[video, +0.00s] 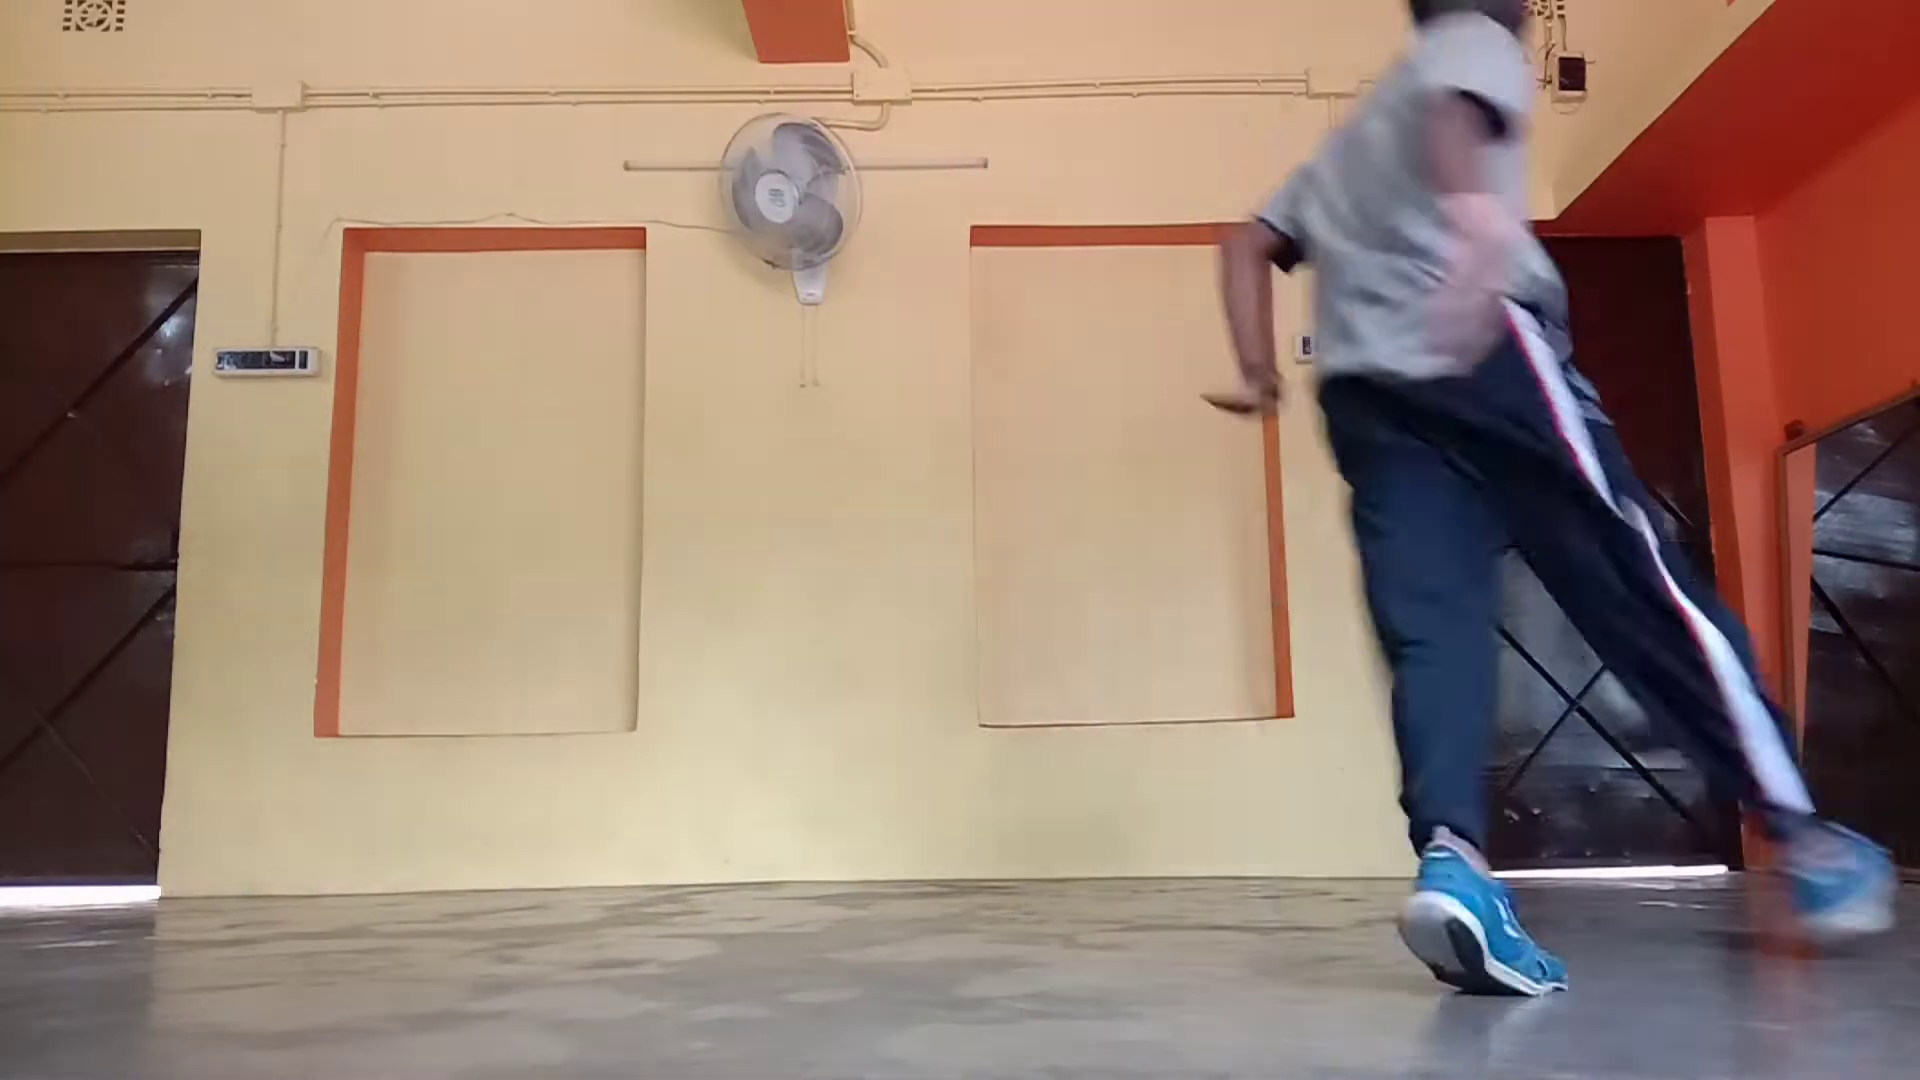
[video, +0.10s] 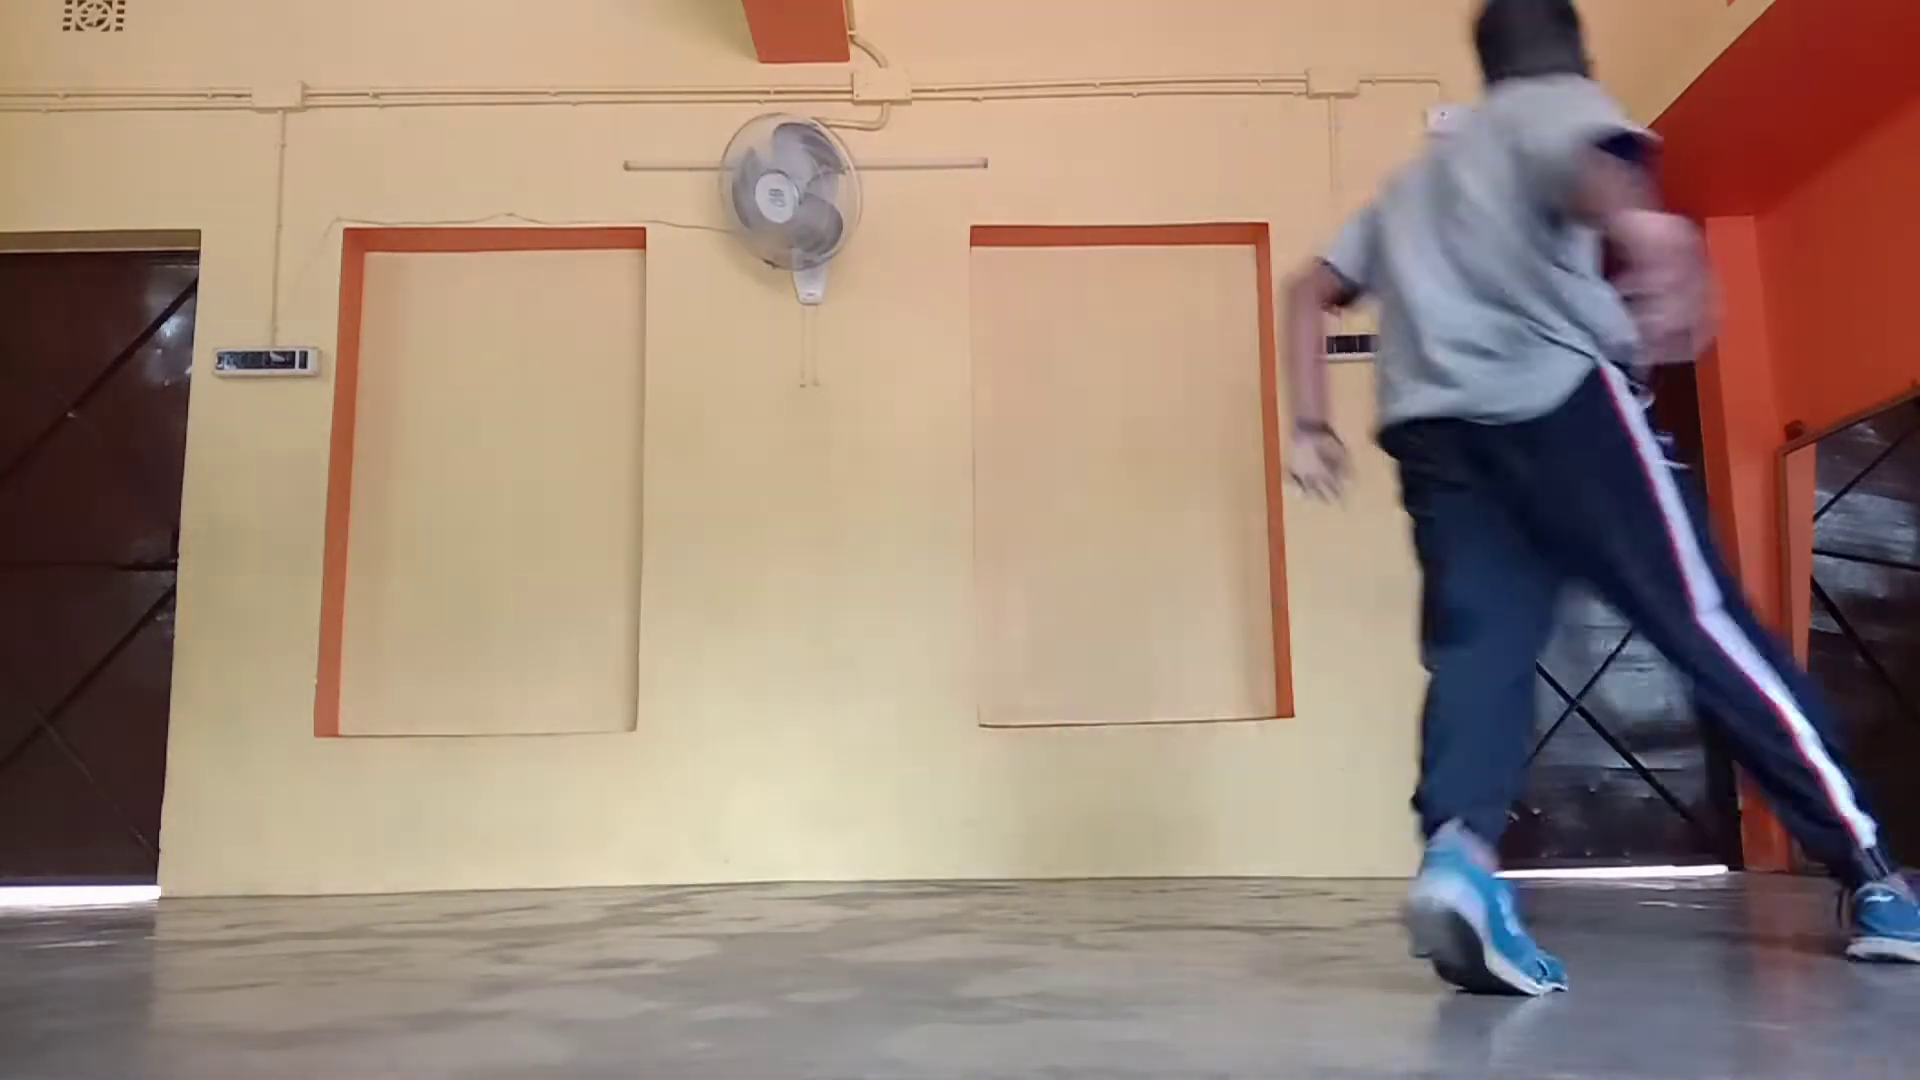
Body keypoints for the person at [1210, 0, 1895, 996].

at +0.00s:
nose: (1529, 27)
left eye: (1527, 22)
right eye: (1526, 18)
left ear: (1421, 16)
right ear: (1507, 12)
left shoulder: (1363, 129)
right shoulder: (1476, 37)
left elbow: (1244, 246)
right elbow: (1449, 118)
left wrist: (1257, 370)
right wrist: (1477, 217)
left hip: (1365, 378)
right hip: (1479, 338)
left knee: (1430, 616)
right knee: (1631, 573)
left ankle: (1450, 862)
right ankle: (1798, 831)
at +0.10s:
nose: (1577, 63)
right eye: (1573, 47)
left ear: (1485, 63)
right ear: (1571, 49)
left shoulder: (1422, 173)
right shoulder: (1560, 102)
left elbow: (1308, 288)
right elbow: (1590, 175)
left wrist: (1311, 416)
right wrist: (1653, 238)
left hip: (1433, 426)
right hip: (1557, 398)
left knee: (1479, 635)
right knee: (1701, 624)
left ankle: (1459, 854)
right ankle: (1871, 876)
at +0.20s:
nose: (1617, 87)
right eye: (1617, 73)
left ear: (1524, 92)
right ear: (1621, 81)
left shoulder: (1466, 190)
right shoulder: (1650, 145)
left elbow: (1383, 286)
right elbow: (1730, 221)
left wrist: (1406, 424)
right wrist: (1843, 291)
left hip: (1499, 446)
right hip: (1635, 421)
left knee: (1569, 632)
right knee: (1767, 613)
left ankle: (1552, 740)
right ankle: (1875, 867)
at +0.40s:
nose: (1450, 90)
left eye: (1453, 76)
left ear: (1460, 74)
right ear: (1547, 66)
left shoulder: (1461, 125)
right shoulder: (1644, 128)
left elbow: (1449, 185)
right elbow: (1741, 261)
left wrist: (1463, 323)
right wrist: (1732, 349)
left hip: (1543, 404)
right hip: (1667, 399)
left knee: (1546, 594)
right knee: (1748, 600)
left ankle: (1695, 785)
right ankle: (1855, 806)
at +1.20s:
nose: (1221, 275)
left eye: (1236, 262)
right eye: (1213, 262)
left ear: (1268, 268)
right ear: (1203, 265)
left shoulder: (1308, 348)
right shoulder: (1168, 341)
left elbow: (1339, 458)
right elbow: (1124, 432)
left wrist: (1282, 509)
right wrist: (1106, 529)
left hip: (1259, 525)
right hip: (1184, 520)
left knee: (1249, 677)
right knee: (1254, 652)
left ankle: (1208, 832)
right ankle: (1275, 818)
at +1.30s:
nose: (1203, 309)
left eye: (1219, 298)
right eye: (1193, 297)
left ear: (1242, 311)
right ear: (1179, 307)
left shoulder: (1256, 415)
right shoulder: (1130, 378)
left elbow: (1299, 506)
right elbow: (1034, 423)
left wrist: (1355, 576)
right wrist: (976, 485)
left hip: (1184, 573)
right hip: (1113, 556)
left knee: (1210, 711)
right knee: (1177, 685)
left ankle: (1195, 851)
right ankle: (1087, 726)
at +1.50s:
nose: (1079, 286)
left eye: (1092, 276)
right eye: (1068, 275)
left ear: (1109, 288)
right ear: (1051, 285)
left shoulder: (1116, 371)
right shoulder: (1013, 352)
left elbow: (1147, 441)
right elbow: (967, 440)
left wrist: (1183, 463)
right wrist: (1037, 481)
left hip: (1059, 566)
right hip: (982, 547)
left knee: (1087, 710)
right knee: (893, 673)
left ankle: (1063, 835)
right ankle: (852, 770)